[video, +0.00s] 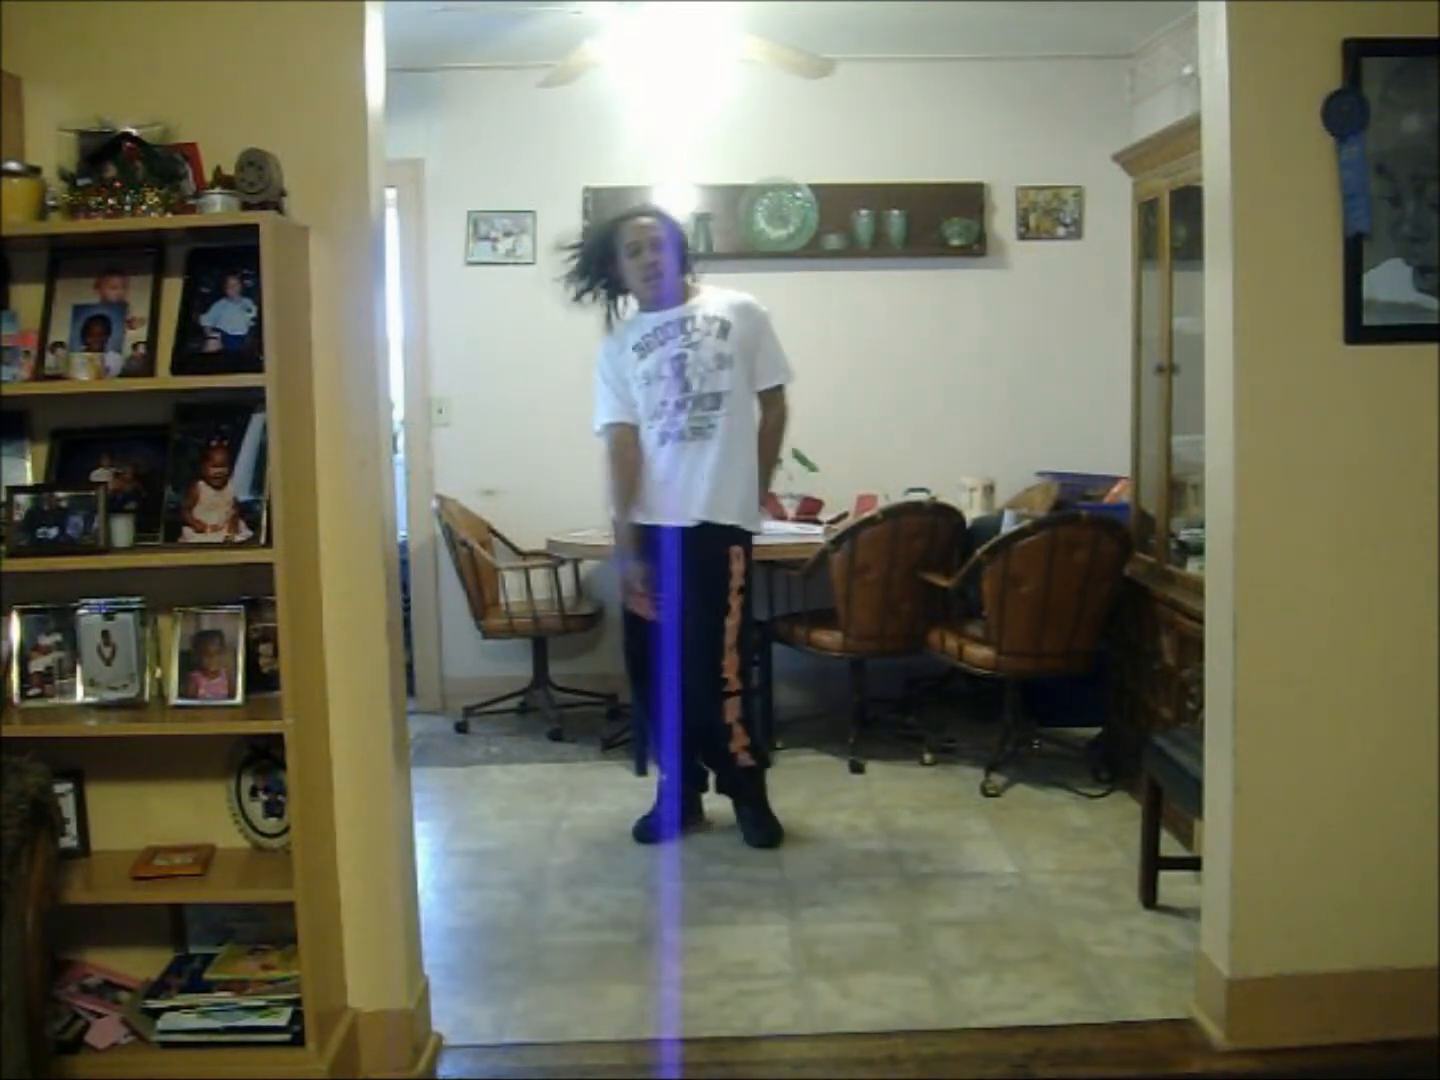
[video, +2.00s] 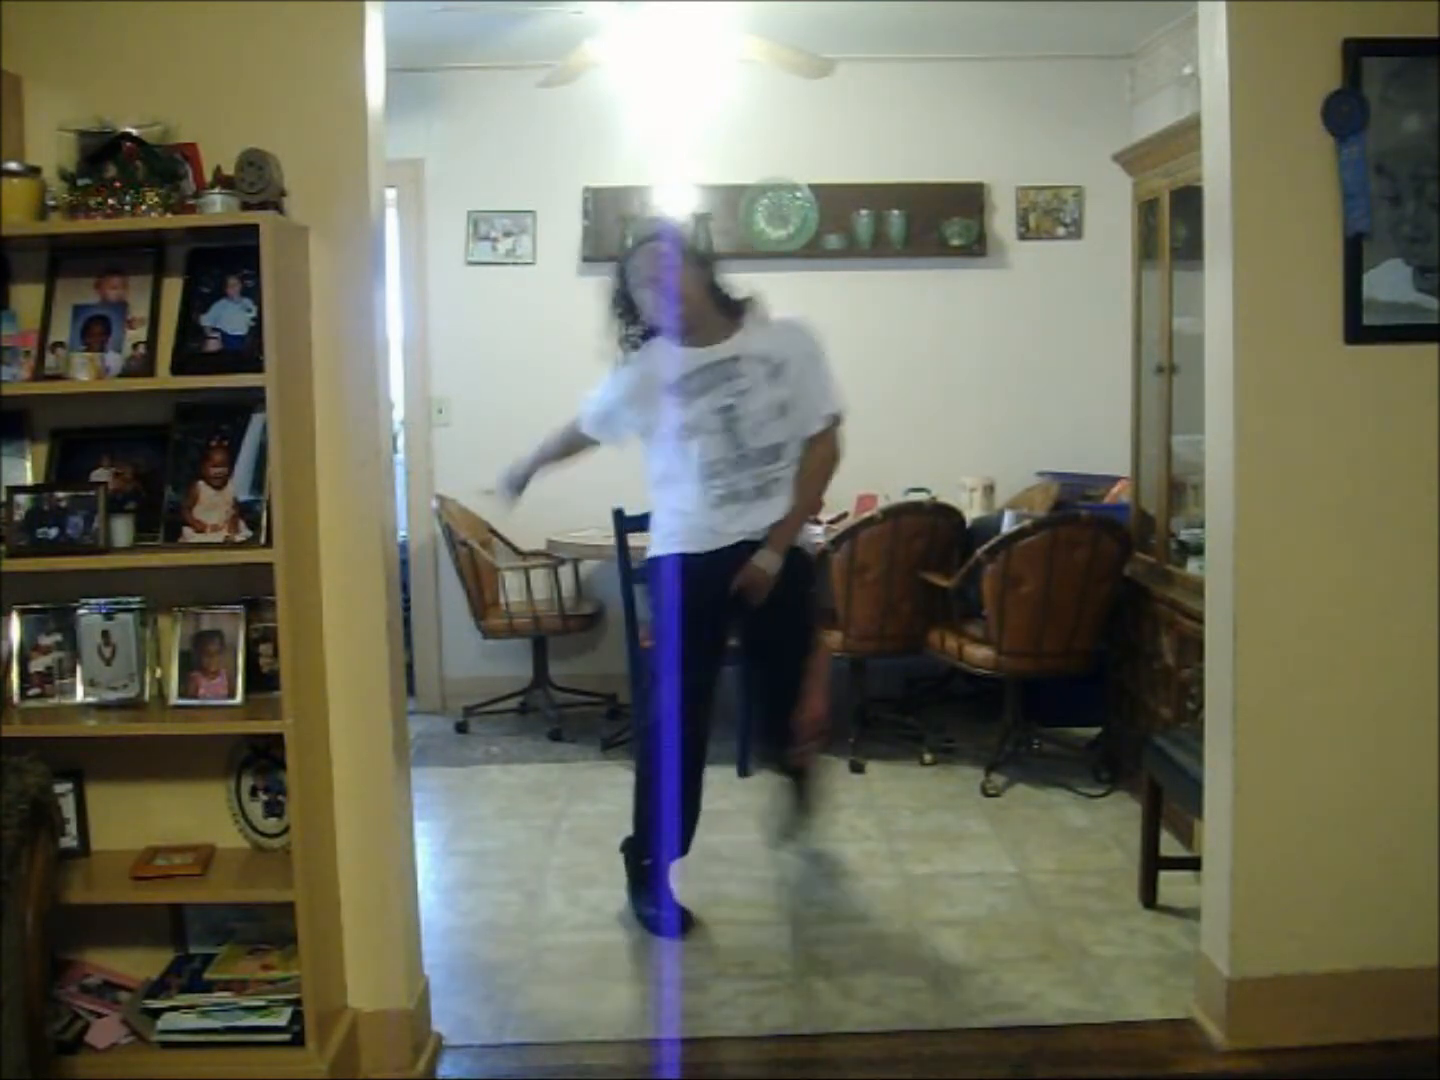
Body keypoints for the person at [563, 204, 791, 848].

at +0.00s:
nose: (651, 259)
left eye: (659, 246)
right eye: (636, 251)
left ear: (682, 253)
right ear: (617, 269)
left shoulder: (738, 315)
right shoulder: (618, 347)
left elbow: (774, 407)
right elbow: (622, 445)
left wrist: (756, 486)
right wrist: (626, 546)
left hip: (726, 511)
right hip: (654, 517)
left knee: (727, 659)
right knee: (663, 663)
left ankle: (749, 793)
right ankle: (679, 791)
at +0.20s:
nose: (668, 256)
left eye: (680, 244)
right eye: (655, 244)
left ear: (700, 254)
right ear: (634, 256)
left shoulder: (739, 327)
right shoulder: (614, 337)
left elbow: (764, 425)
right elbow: (614, 423)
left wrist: (775, 508)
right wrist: (654, 446)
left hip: (733, 512)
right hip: (651, 516)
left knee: (736, 654)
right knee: (659, 656)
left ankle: (749, 789)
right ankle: (678, 790)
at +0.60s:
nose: (702, 268)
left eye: (716, 257)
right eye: (691, 257)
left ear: (739, 267)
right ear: (674, 267)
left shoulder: (775, 347)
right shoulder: (647, 342)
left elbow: (773, 462)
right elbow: (630, 438)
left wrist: (752, 556)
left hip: (756, 513)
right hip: (677, 514)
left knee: (762, 660)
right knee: (661, 651)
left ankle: (753, 788)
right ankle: (652, 772)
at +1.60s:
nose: (606, 290)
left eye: (617, 275)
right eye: (604, 276)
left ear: (662, 273)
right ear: (629, 279)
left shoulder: (754, 347)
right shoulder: (608, 351)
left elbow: (772, 467)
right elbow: (603, 456)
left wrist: (738, 572)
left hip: (734, 545)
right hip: (650, 545)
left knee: (734, 687)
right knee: (661, 705)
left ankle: (738, 783)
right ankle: (651, 866)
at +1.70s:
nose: (607, 289)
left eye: (619, 274)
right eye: (605, 275)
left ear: (663, 272)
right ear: (624, 280)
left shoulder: (753, 348)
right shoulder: (619, 351)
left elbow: (771, 468)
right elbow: (606, 457)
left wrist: (738, 575)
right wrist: (639, 398)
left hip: (736, 545)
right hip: (653, 544)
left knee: (738, 688)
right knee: (662, 706)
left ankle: (738, 782)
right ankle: (650, 865)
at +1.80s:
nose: (626, 289)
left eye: (638, 274)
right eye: (624, 276)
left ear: (677, 274)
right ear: (636, 280)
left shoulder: (769, 352)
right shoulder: (627, 358)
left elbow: (783, 473)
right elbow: (582, 451)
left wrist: (747, 575)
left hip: (746, 551)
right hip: (657, 548)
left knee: (738, 695)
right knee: (660, 707)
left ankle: (738, 785)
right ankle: (651, 868)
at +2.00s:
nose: (661, 288)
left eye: (669, 271)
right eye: (646, 283)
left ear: (704, 270)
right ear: (637, 302)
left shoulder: (784, 343)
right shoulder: (645, 373)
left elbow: (824, 445)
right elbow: (582, 431)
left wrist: (779, 544)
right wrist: (526, 468)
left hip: (777, 549)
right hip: (688, 556)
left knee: (781, 702)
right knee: (673, 719)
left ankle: (794, 764)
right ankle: (651, 872)